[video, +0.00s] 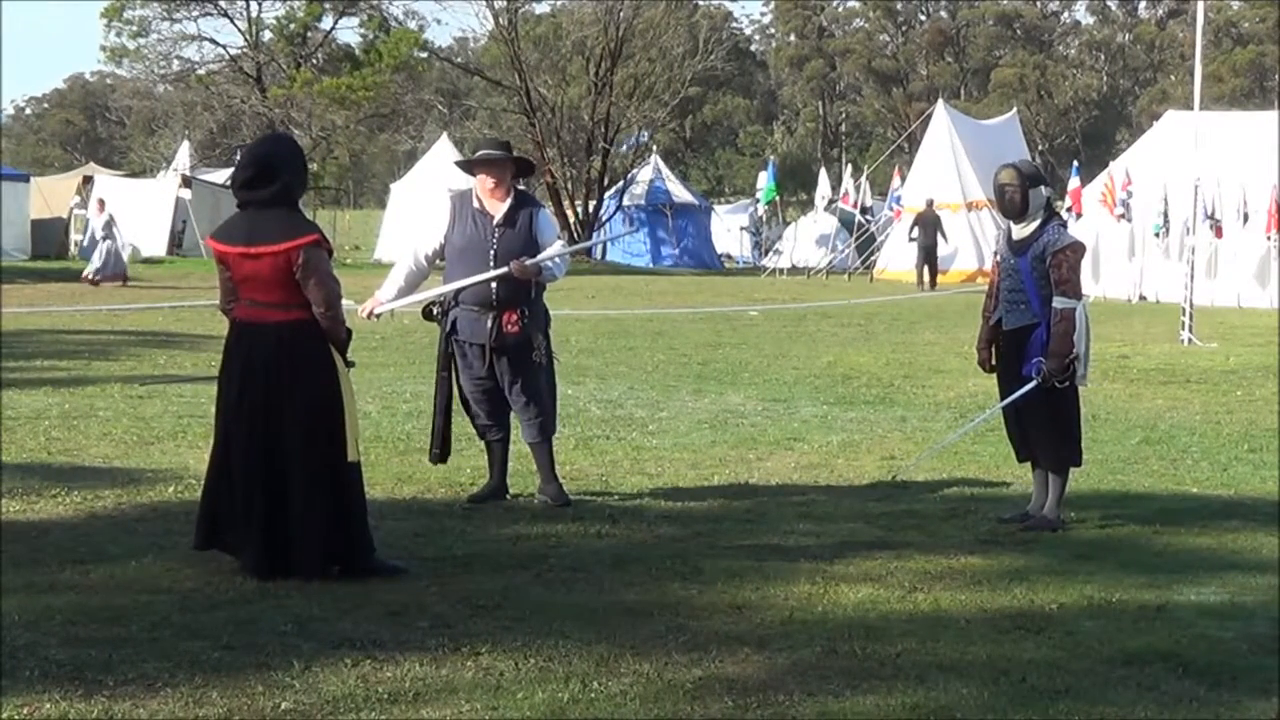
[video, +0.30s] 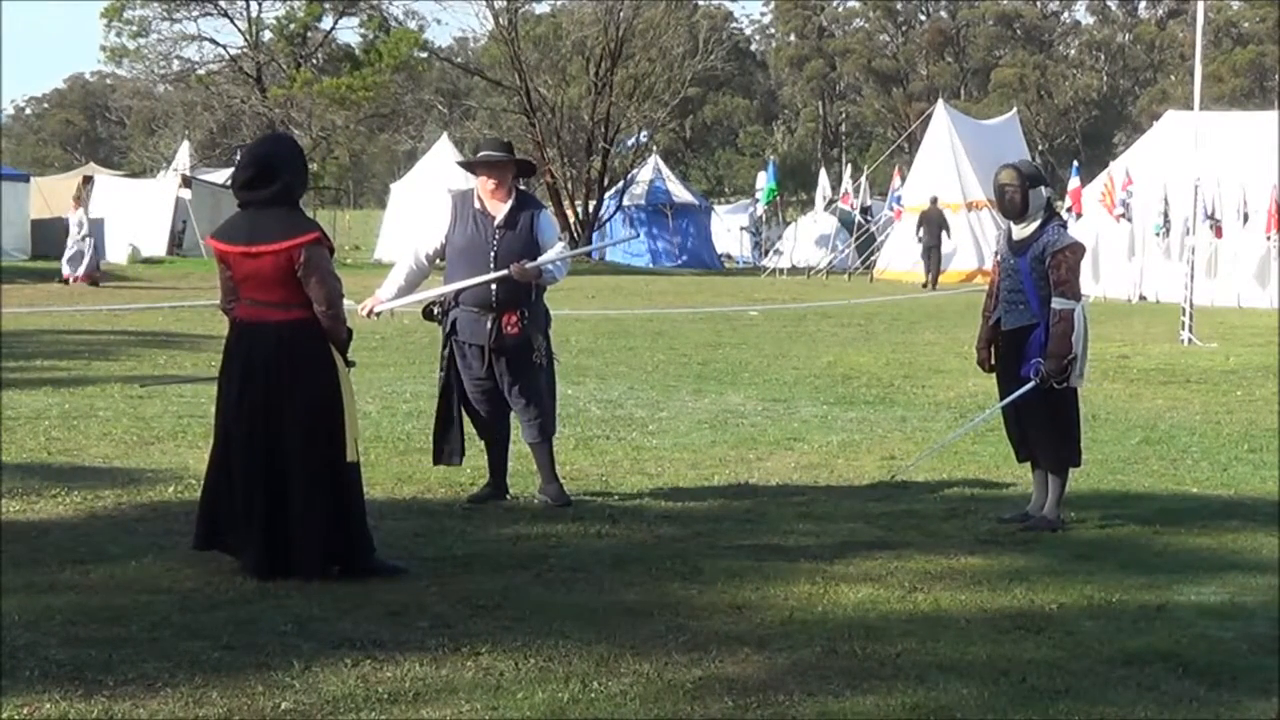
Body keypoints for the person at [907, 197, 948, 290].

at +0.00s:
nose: (931, 206)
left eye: (929, 204)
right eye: (931, 204)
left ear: (925, 204)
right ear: (933, 204)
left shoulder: (920, 215)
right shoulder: (936, 216)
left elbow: (912, 226)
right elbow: (940, 228)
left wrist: (909, 236)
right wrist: (945, 238)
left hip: (922, 243)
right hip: (932, 244)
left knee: (920, 263)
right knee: (933, 264)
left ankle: (920, 284)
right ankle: (933, 283)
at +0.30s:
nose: (934, 204)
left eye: (933, 202)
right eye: (935, 202)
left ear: (929, 202)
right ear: (937, 202)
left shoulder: (924, 213)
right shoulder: (940, 212)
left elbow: (919, 225)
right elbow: (945, 224)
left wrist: (917, 234)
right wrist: (948, 233)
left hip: (927, 241)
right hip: (936, 241)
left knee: (926, 258)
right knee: (936, 261)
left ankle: (926, 278)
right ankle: (934, 283)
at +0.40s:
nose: (936, 204)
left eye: (934, 202)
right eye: (937, 202)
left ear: (931, 202)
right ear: (938, 202)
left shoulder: (925, 213)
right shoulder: (941, 213)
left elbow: (920, 225)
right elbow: (949, 228)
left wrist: (918, 234)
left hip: (927, 241)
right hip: (937, 241)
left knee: (928, 261)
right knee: (935, 262)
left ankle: (929, 280)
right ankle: (933, 283)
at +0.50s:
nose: (937, 205)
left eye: (935, 204)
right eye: (938, 204)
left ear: (932, 204)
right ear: (939, 204)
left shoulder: (927, 215)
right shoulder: (942, 215)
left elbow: (922, 226)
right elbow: (950, 228)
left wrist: (919, 235)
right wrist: (944, 223)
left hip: (929, 242)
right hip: (938, 242)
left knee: (930, 261)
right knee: (937, 262)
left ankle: (931, 279)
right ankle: (933, 282)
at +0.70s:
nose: (943, 206)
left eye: (942, 204)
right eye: (943, 204)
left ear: (935, 205)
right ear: (941, 205)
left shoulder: (930, 215)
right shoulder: (945, 216)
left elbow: (925, 226)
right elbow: (949, 228)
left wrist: (922, 236)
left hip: (932, 244)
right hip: (941, 244)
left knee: (933, 262)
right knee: (944, 261)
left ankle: (934, 281)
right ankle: (937, 279)